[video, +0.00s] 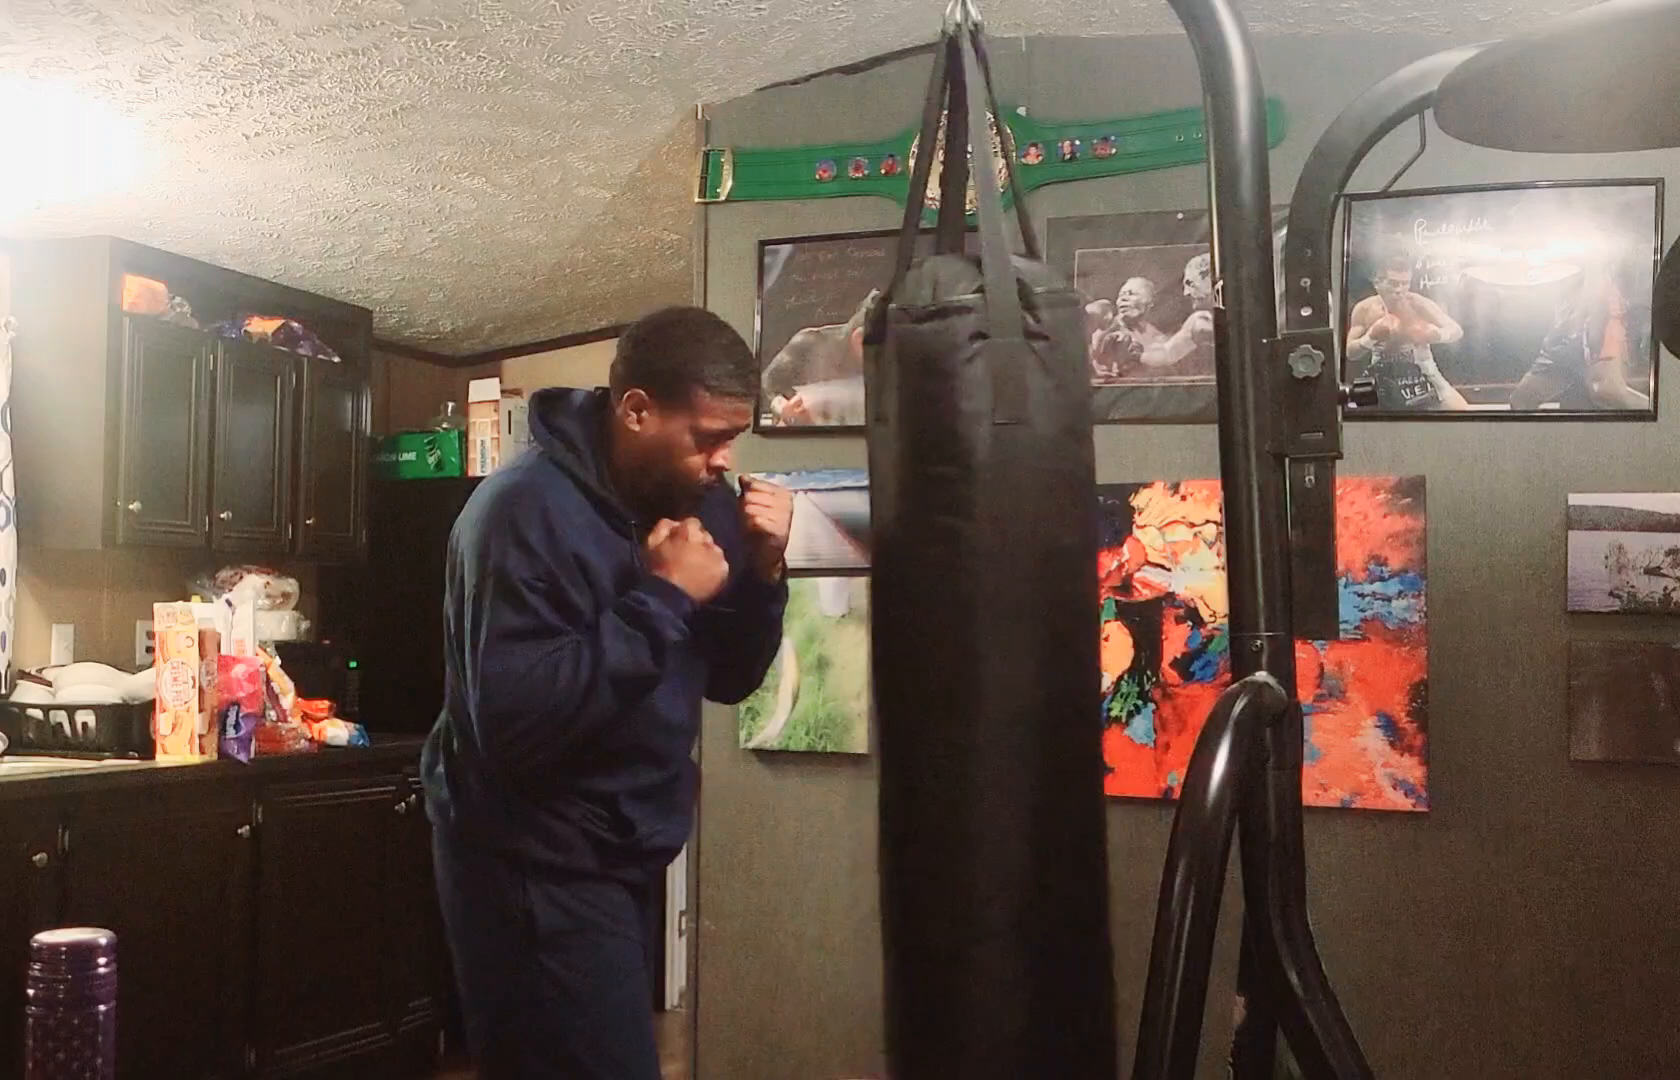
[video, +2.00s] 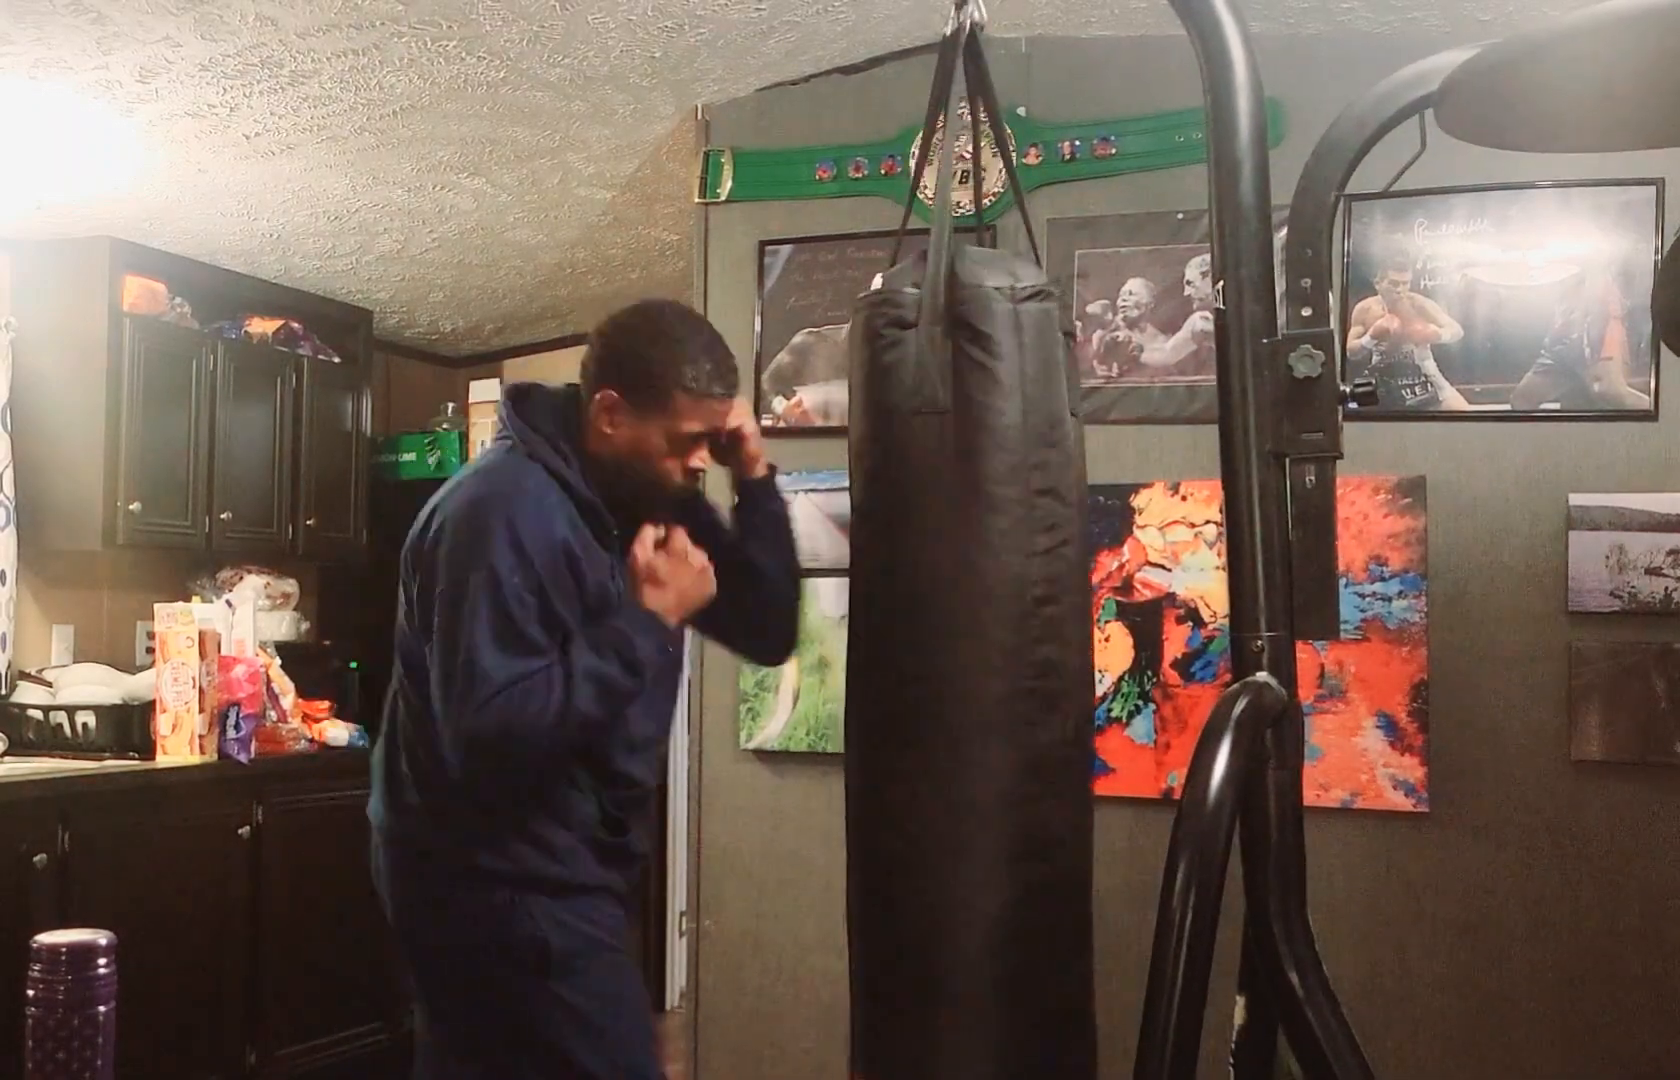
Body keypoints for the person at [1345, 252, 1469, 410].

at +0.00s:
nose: (1400, 290)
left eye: (1405, 284)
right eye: (1394, 284)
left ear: (1410, 283)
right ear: (1377, 283)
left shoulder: (1420, 304)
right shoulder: (1364, 309)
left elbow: (1456, 331)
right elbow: (1351, 353)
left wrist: (1433, 334)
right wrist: (1372, 337)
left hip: (1425, 379)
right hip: (1383, 381)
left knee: (1465, 414)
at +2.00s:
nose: (1400, 290)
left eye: (1405, 284)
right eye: (1394, 284)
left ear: (1410, 283)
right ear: (1378, 283)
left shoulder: (1420, 304)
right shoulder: (1364, 309)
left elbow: (1457, 331)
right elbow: (1350, 352)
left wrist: (1434, 334)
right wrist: (1372, 336)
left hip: (1426, 381)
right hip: (1383, 384)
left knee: (1466, 416)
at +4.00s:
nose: (1401, 290)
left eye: (1406, 284)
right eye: (1395, 284)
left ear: (1411, 283)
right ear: (1379, 283)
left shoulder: (1421, 305)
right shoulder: (1365, 310)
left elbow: (1457, 331)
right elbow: (1351, 353)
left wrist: (1435, 335)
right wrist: (1372, 337)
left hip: (1427, 381)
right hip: (1384, 384)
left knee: (1467, 415)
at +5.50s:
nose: (1401, 291)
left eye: (1406, 285)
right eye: (1395, 285)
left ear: (1412, 283)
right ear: (1379, 284)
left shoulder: (1421, 305)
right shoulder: (1364, 311)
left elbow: (1458, 332)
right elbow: (1352, 355)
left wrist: (1436, 335)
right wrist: (1373, 338)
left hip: (1429, 385)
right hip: (1385, 389)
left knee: (1468, 419)